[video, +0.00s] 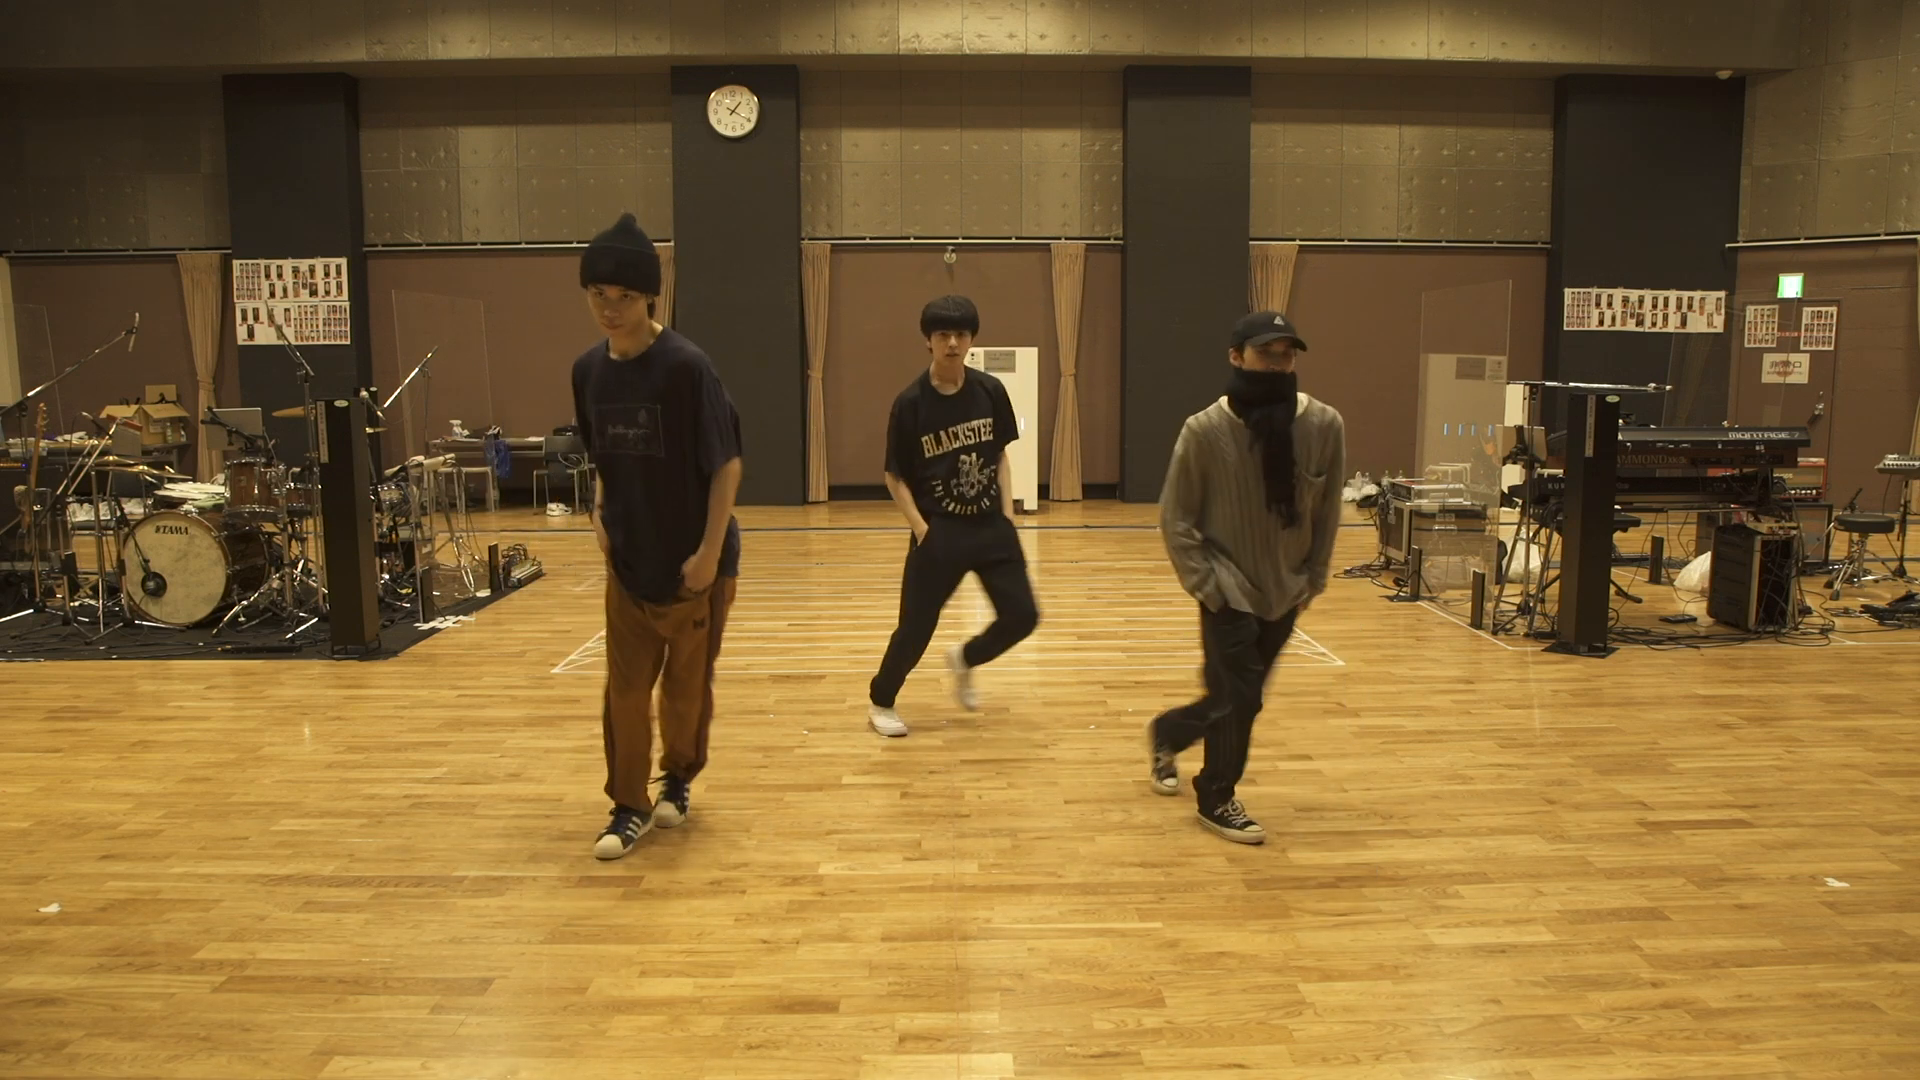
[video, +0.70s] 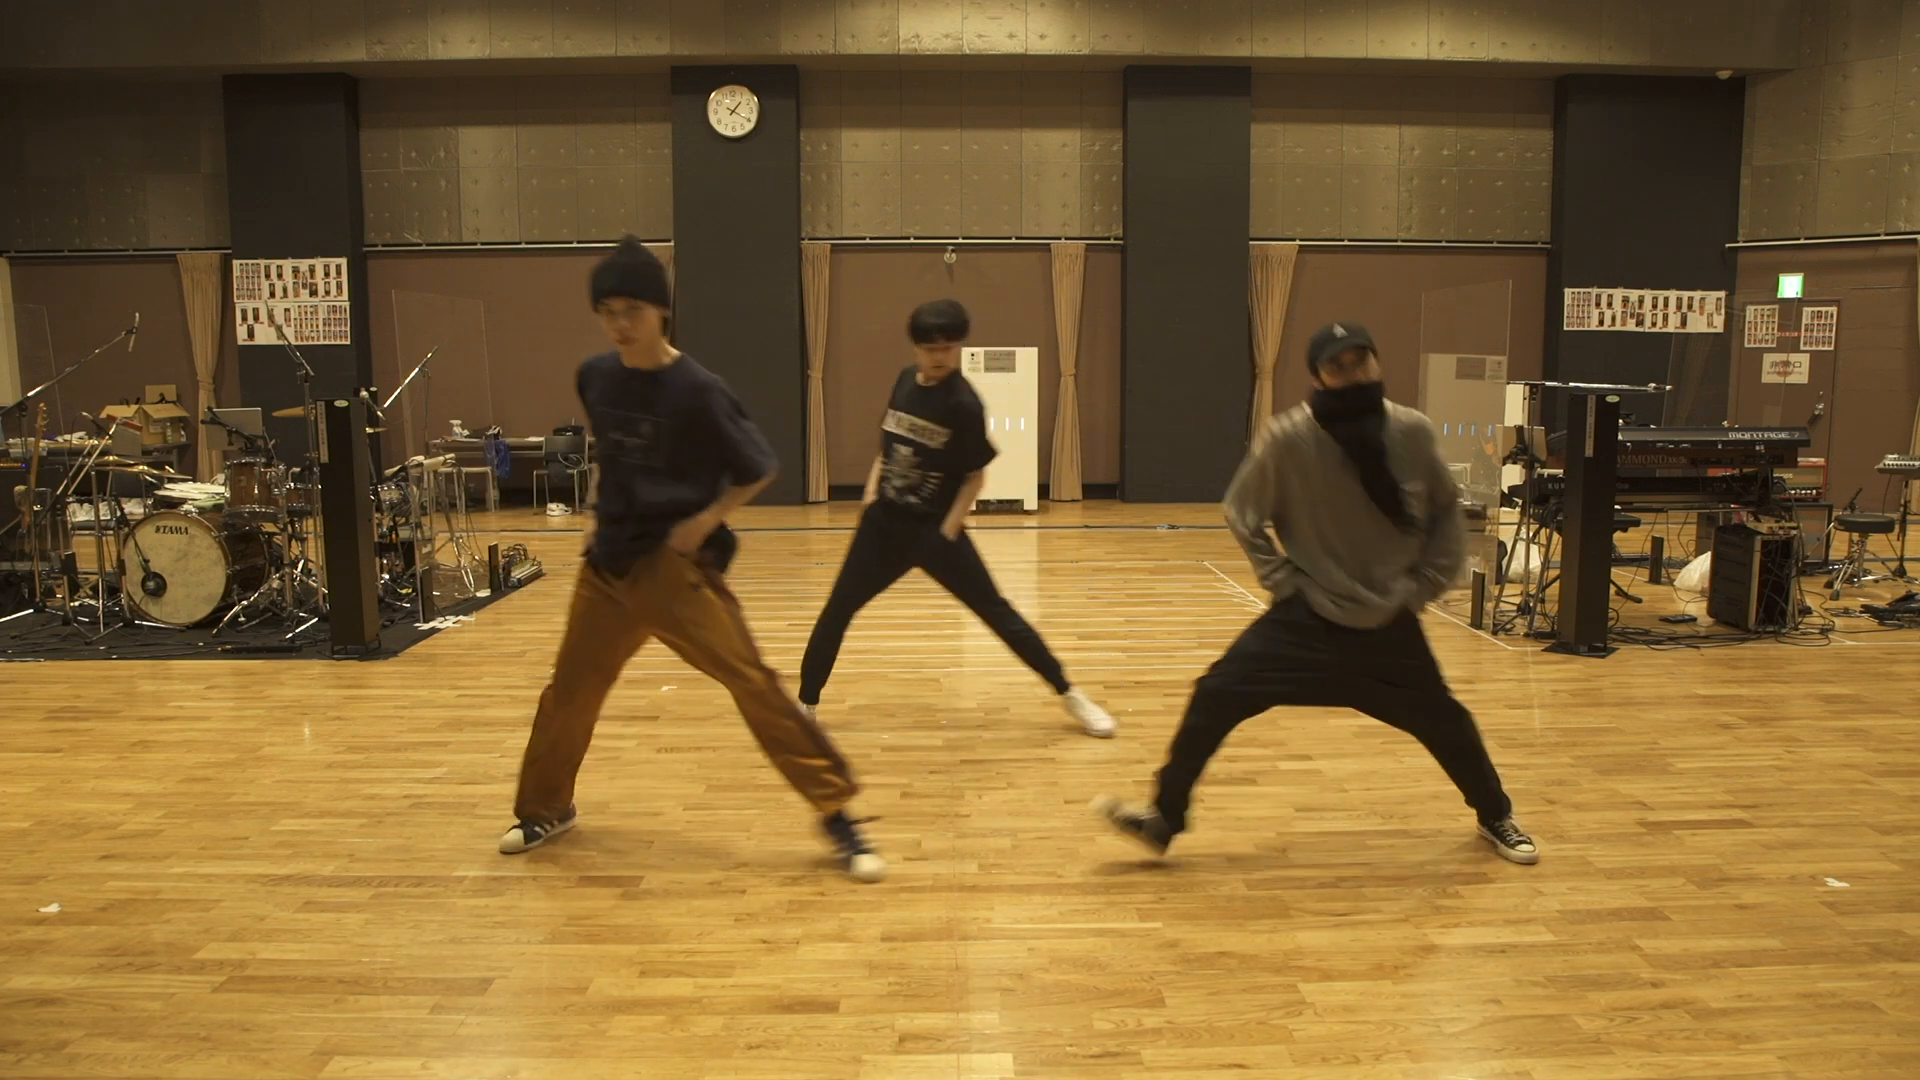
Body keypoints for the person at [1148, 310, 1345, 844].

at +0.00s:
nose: (1281, 362)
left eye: (1289, 352)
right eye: (1268, 352)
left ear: (1297, 359)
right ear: (1237, 357)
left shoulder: (1322, 425)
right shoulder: (1204, 432)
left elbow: (1328, 512)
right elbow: (1176, 521)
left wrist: (1312, 579)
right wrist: (1210, 586)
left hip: (1286, 590)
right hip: (1228, 590)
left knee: (1244, 698)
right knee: (1239, 698)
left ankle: (1167, 734)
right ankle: (1216, 798)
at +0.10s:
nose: (1295, 366)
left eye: (1303, 357)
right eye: (1282, 356)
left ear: (1311, 364)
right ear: (1253, 362)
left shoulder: (1334, 433)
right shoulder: (1222, 436)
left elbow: (1344, 519)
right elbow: (1190, 524)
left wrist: (1330, 581)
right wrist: (1223, 597)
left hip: (1305, 592)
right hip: (1243, 594)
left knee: (1319, 703)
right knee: (1246, 701)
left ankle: (1239, 708)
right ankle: (1215, 798)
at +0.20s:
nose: (1321, 367)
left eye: (1328, 357)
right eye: (1307, 357)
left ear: (1336, 364)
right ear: (1278, 364)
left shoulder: (1352, 435)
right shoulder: (1250, 439)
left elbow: (1353, 519)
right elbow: (1202, 531)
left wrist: (1346, 577)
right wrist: (1229, 605)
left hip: (1331, 598)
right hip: (1262, 608)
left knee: (1411, 659)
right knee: (1242, 714)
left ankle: (1333, 729)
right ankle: (1216, 797)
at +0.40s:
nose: (1383, 370)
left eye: (1387, 359)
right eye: (1369, 361)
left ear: (1393, 364)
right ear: (1339, 370)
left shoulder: (1386, 426)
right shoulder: (1321, 443)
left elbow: (1393, 511)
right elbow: (1292, 542)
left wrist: (1415, 572)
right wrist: (1325, 621)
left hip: (1415, 593)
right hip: (1353, 616)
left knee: (1465, 707)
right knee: (1368, 733)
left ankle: (1496, 818)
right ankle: (1285, 786)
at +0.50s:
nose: (1395, 393)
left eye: (1400, 381)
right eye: (1378, 386)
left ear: (1412, 387)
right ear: (1353, 399)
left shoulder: (1435, 462)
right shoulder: (1334, 473)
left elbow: (1458, 538)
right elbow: (1277, 551)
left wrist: (1443, 594)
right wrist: (1323, 610)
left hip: (1420, 624)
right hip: (1348, 623)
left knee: (1477, 731)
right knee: (1300, 710)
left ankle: (1497, 820)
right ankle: (1306, 776)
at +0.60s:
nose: (1381, 400)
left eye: (1387, 387)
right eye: (1365, 392)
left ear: (1402, 392)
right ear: (1343, 407)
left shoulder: (1442, 460)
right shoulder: (1318, 476)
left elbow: (1479, 532)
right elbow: (1257, 536)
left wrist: (1438, 605)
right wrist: (1307, 601)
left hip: (1410, 632)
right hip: (1328, 625)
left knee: (1475, 738)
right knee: (1255, 681)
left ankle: (1496, 821)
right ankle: (1255, 777)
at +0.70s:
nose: (1357, 373)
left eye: (1364, 360)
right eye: (1341, 365)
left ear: (1380, 366)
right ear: (1318, 379)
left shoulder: (1413, 433)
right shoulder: (1286, 439)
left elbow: (1448, 517)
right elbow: (1240, 509)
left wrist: (1419, 590)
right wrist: (1284, 582)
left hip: (1389, 621)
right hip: (1306, 617)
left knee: (1446, 723)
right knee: (1215, 695)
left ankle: (1497, 817)